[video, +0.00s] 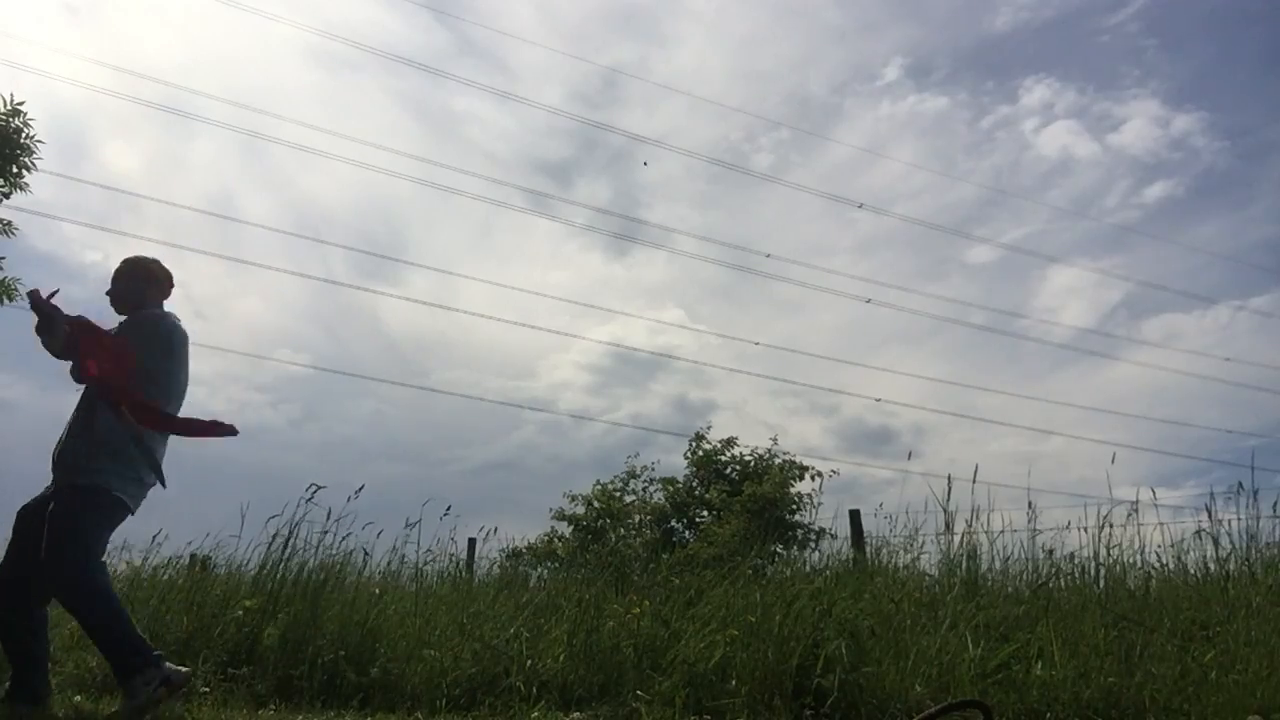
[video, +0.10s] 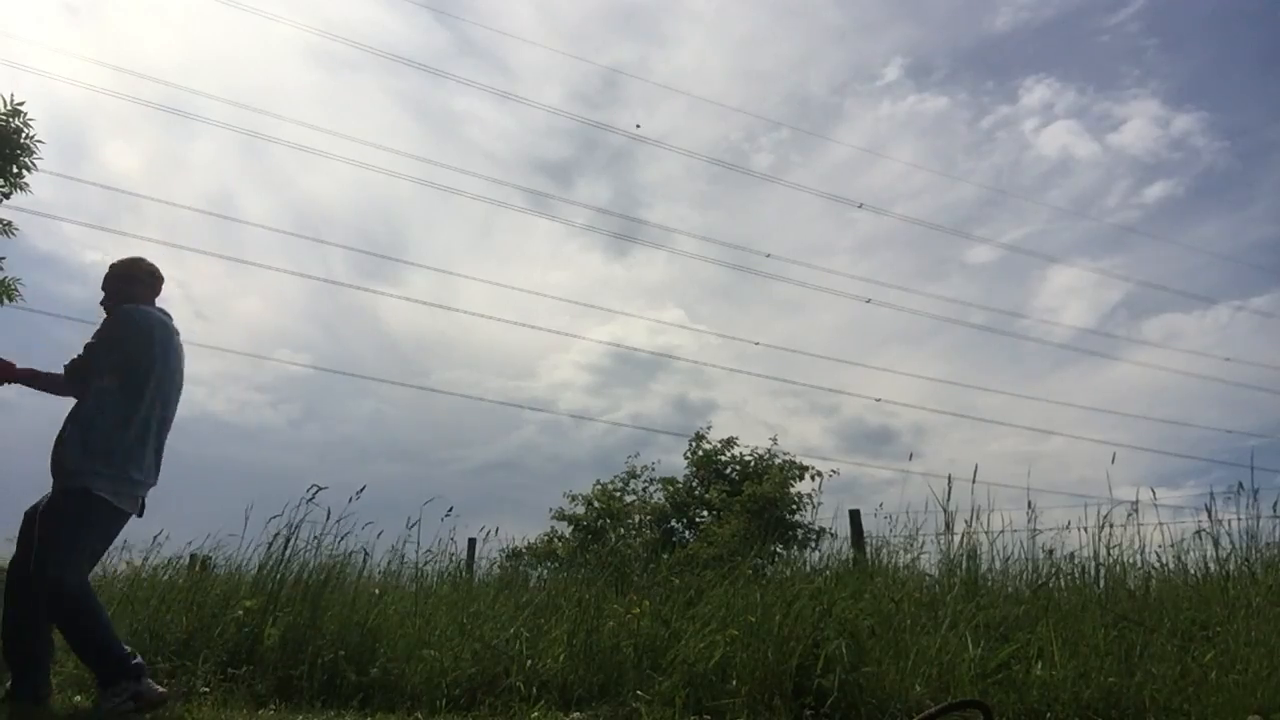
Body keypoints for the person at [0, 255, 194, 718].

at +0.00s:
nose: (110, 294)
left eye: (119, 285)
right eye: (111, 286)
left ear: (148, 286)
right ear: (150, 288)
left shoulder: (159, 328)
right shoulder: (135, 334)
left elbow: (98, 356)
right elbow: (73, 349)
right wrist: (50, 320)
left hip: (107, 478)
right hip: (83, 477)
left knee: (71, 566)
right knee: (19, 574)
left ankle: (145, 673)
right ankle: (28, 694)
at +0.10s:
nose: (104, 299)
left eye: (109, 290)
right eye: (105, 291)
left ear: (129, 286)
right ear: (152, 290)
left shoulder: (130, 320)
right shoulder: (168, 338)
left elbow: (77, 382)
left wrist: (16, 373)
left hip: (94, 482)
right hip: (121, 490)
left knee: (58, 577)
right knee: (27, 575)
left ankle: (127, 681)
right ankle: (28, 694)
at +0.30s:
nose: (75, 295)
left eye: (78, 287)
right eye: (76, 287)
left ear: (92, 283)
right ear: (122, 288)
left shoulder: (83, 317)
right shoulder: (163, 336)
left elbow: (55, 375)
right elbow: (154, 403)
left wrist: (18, 432)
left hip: (89, 478)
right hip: (134, 487)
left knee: (84, 577)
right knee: (47, 576)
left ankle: (137, 689)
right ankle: (27, 689)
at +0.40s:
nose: (62, 303)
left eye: (63, 296)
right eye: (63, 297)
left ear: (71, 291)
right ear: (111, 291)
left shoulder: (68, 318)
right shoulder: (159, 338)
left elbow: (52, 367)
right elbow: (183, 410)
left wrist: (5, 420)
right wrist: (194, 387)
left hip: (88, 481)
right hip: (137, 490)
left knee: (87, 578)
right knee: (59, 577)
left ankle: (138, 689)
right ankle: (30, 689)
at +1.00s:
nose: (57, 300)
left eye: (63, 289)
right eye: (55, 292)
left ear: (95, 284)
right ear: (68, 294)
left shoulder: (153, 329)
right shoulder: (66, 343)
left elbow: (195, 389)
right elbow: (12, 363)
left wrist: (139, 429)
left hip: (126, 482)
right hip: (73, 479)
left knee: (100, 577)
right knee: (20, 579)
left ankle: (136, 691)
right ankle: (27, 696)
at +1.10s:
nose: (68, 296)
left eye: (75, 287)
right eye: (68, 288)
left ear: (106, 286)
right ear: (86, 291)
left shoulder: (154, 327)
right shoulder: (83, 347)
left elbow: (195, 386)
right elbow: (49, 389)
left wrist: (140, 421)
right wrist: (2, 386)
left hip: (123, 478)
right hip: (81, 475)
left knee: (70, 570)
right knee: (22, 573)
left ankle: (126, 675)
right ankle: (26, 692)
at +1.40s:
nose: (114, 273)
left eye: (117, 266)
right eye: (117, 266)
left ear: (125, 264)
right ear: (161, 272)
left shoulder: (125, 293)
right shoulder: (196, 325)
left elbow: (104, 333)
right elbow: (192, 403)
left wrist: (26, 356)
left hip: (122, 469)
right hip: (169, 476)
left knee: (78, 579)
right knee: (108, 583)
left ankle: (132, 695)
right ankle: (63, 686)